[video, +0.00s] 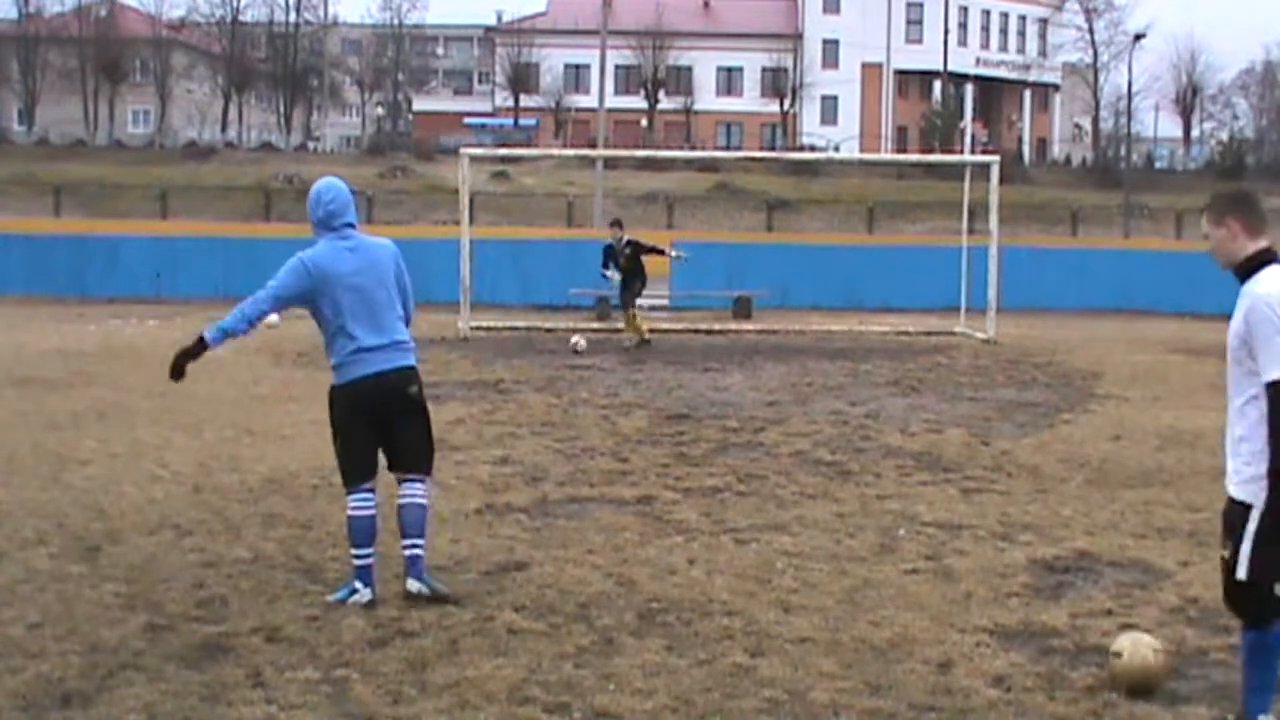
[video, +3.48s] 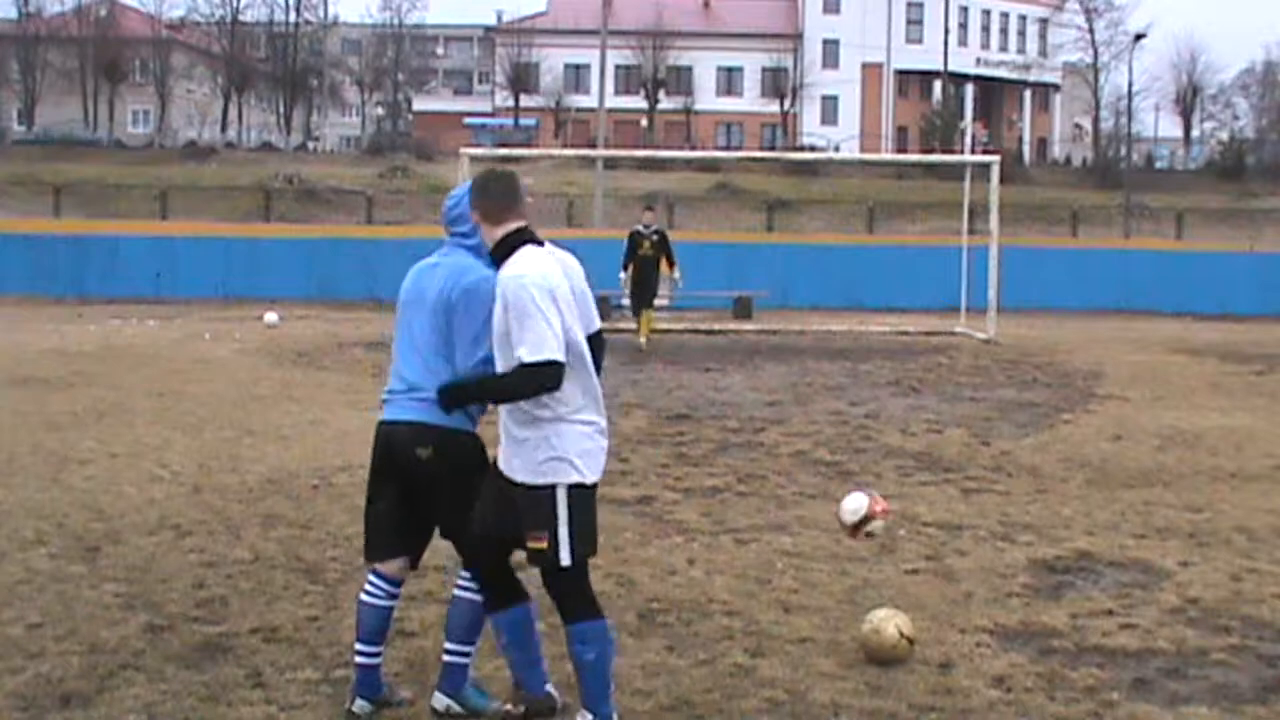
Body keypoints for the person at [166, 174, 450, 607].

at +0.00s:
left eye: (316, 210)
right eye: (349, 205)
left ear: (314, 216)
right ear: (353, 210)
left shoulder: (310, 263)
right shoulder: (386, 249)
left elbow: (257, 307)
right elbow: (407, 309)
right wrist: (386, 346)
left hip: (352, 389)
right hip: (401, 380)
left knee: (360, 484)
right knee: (414, 474)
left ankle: (364, 583)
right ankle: (416, 574)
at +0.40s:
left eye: (315, 207)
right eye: (348, 207)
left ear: (308, 213)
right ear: (351, 211)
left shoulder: (291, 262)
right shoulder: (376, 259)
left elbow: (253, 322)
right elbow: (392, 332)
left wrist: (279, 323)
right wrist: (375, 357)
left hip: (327, 391)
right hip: (376, 385)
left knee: (346, 484)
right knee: (383, 481)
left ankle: (357, 583)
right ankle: (351, 573)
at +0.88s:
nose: (352, 214)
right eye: (353, 206)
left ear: (309, 210)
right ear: (352, 211)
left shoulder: (281, 263)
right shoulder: (372, 264)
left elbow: (263, 332)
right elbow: (394, 338)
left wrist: (264, 379)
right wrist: (411, 392)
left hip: (297, 398)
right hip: (351, 399)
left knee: (304, 489)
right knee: (336, 505)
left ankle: (299, 589)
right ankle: (331, 610)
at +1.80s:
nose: (431, 215)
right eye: (430, 207)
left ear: (382, 206)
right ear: (428, 210)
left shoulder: (351, 264)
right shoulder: (443, 265)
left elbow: (326, 342)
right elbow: (468, 339)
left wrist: (318, 399)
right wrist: (493, 384)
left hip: (363, 407)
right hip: (414, 412)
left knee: (373, 514)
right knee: (410, 528)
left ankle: (350, 627)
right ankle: (395, 643)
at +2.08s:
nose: (451, 231)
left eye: (451, 224)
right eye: (449, 224)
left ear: (400, 218)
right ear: (440, 224)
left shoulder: (361, 277)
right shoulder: (443, 278)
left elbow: (337, 355)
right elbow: (466, 360)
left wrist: (319, 413)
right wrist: (495, 414)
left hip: (385, 430)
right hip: (440, 427)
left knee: (415, 530)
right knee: (490, 517)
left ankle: (416, 646)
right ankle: (446, 608)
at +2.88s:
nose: (525, 239)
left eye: (525, 230)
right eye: (524, 230)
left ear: (472, 220)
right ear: (511, 230)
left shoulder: (420, 270)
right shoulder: (504, 286)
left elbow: (386, 354)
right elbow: (505, 380)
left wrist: (402, 406)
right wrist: (529, 434)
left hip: (404, 429)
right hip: (463, 436)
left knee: (424, 542)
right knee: (473, 556)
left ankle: (406, 658)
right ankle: (459, 680)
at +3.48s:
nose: (500, 233)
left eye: (497, 222)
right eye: (496, 225)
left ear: (451, 222)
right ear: (483, 225)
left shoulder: (418, 272)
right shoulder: (478, 280)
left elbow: (414, 350)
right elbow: (475, 366)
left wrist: (468, 386)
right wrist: (494, 393)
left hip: (393, 429)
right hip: (446, 436)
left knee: (390, 559)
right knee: (484, 555)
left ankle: (366, 684)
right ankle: (454, 682)